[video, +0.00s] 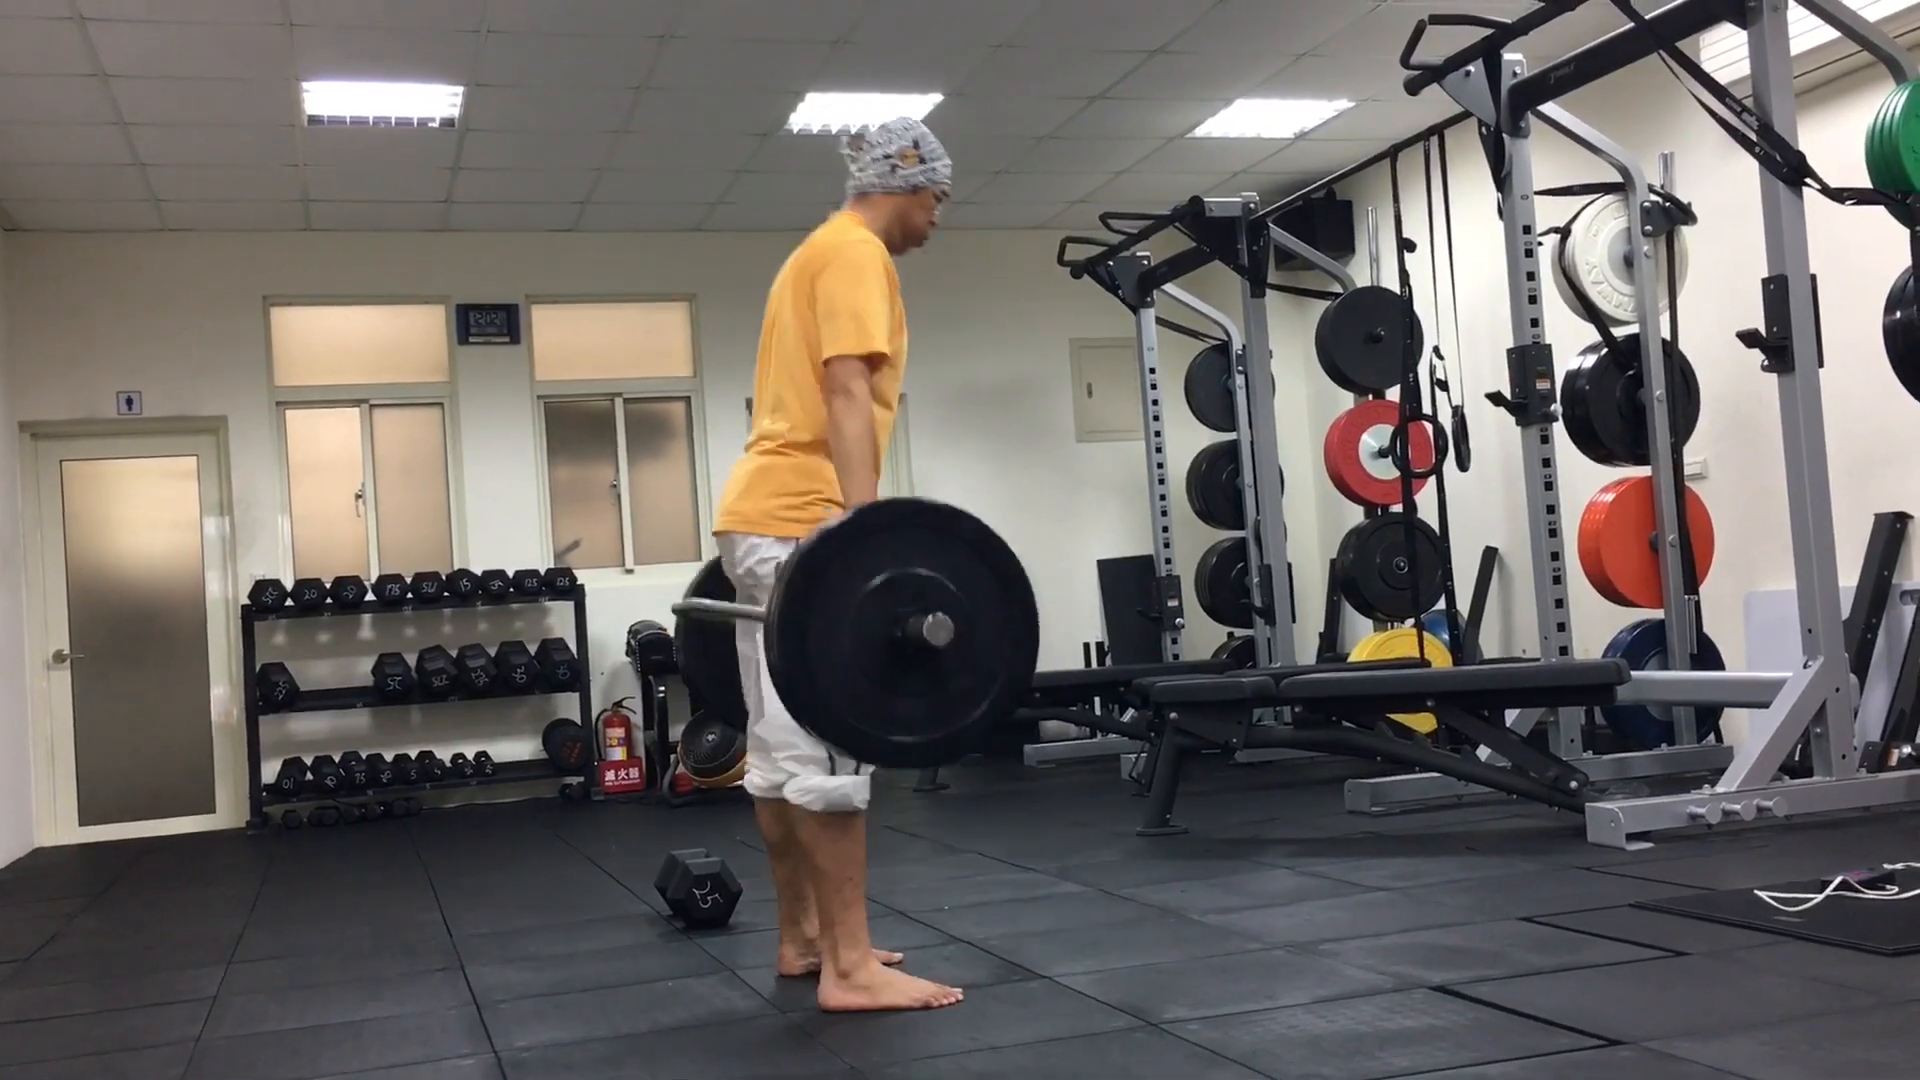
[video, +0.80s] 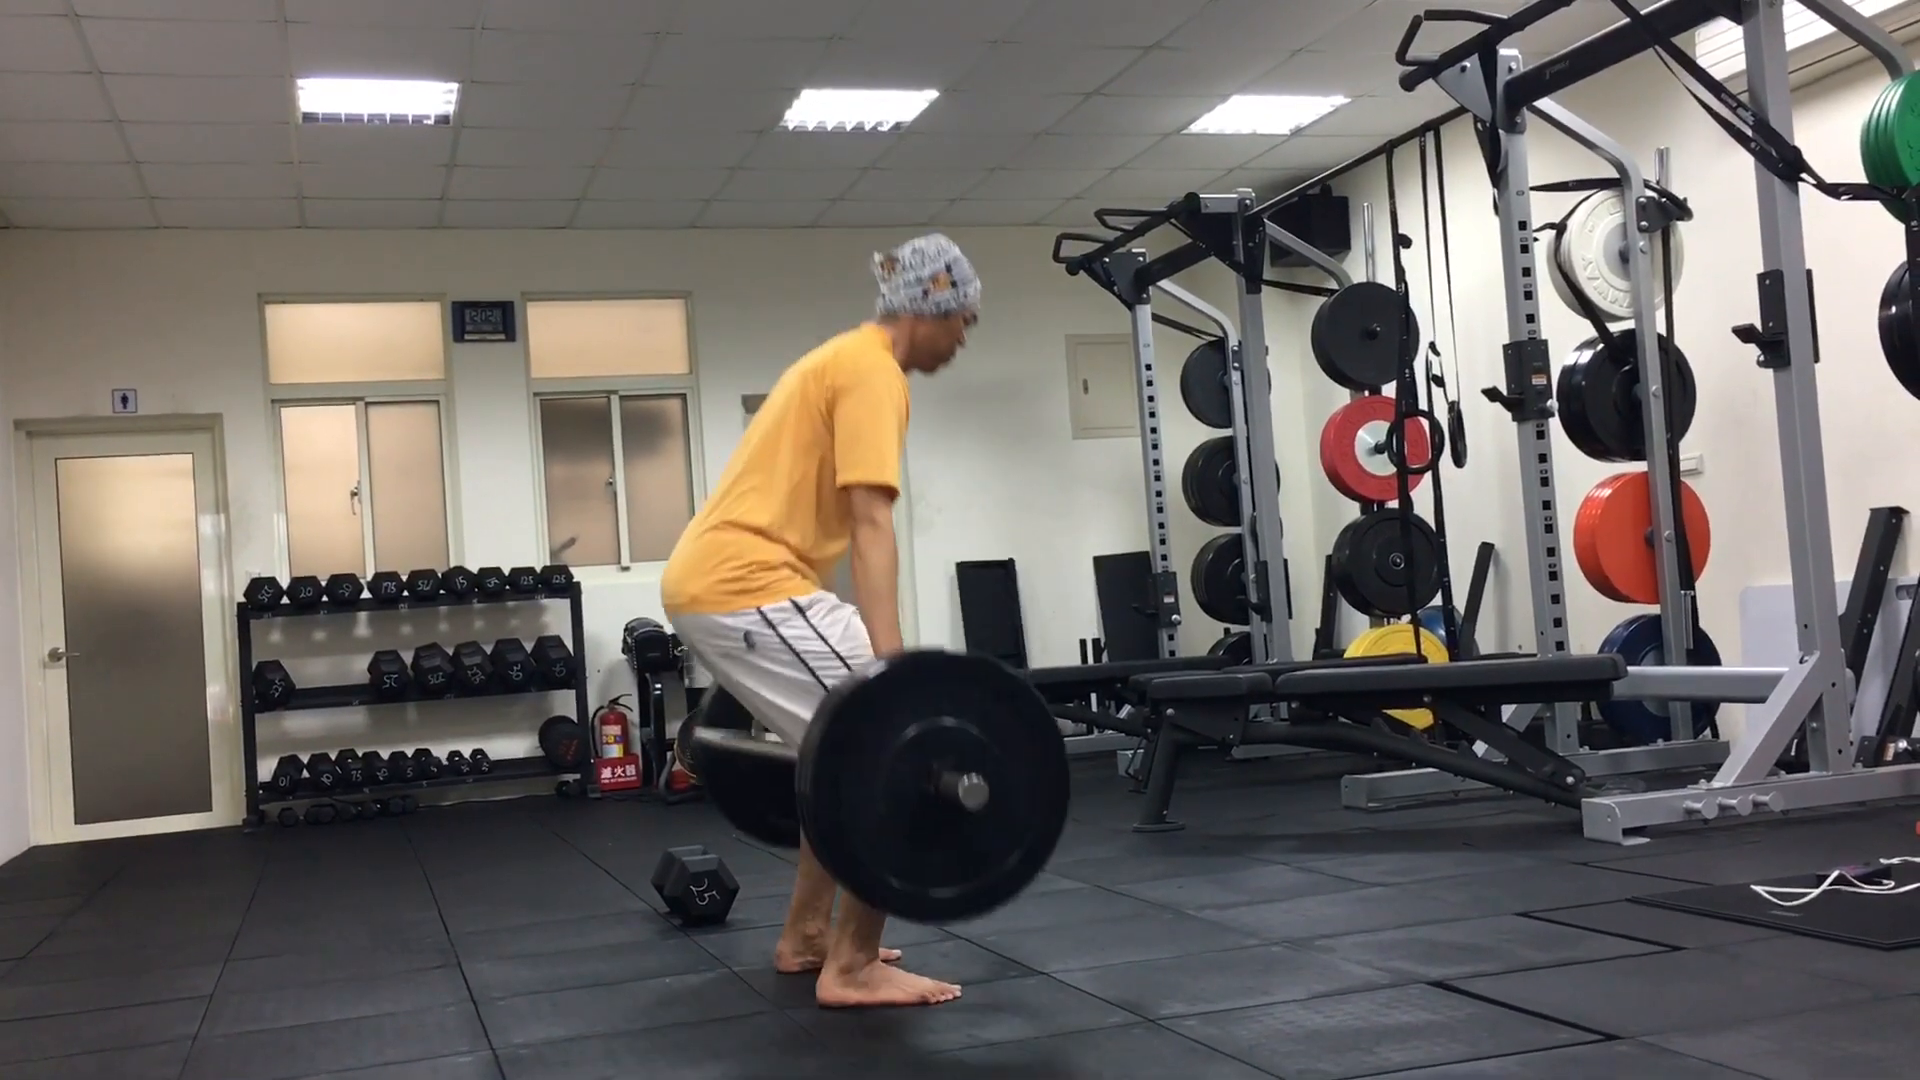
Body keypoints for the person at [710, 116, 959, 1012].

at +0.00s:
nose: (937, 220)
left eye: (940, 204)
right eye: (935, 202)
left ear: (869, 187)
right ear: (904, 190)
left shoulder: (818, 256)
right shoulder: (853, 254)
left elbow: (794, 401)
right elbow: (844, 391)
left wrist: (836, 531)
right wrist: (873, 536)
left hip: (758, 526)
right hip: (800, 528)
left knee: (781, 741)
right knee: (829, 742)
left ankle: (804, 936)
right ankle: (851, 964)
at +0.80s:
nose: (962, 342)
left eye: (967, 325)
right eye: (963, 322)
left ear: (904, 304)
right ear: (929, 307)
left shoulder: (840, 360)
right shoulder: (870, 365)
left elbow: (843, 527)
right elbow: (870, 521)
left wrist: (863, 657)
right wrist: (890, 661)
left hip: (710, 579)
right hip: (745, 579)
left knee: (847, 738)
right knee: (887, 737)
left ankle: (806, 933)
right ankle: (853, 964)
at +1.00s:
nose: (978, 404)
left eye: (983, 389)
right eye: (978, 386)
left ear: (920, 370)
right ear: (945, 373)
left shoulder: (858, 419)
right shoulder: (883, 429)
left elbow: (868, 581)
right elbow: (880, 582)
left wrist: (891, 705)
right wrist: (900, 720)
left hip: (711, 618)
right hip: (740, 620)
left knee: (876, 739)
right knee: (890, 745)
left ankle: (808, 931)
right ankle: (856, 964)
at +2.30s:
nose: (920, 201)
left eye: (921, 185)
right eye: (916, 184)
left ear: (853, 175)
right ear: (880, 174)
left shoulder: (801, 249)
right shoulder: (842, 245)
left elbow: (797, 401)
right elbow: (852, 383)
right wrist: (887, 520)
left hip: (779, 521)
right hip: (826, 523)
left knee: (786, 737)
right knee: (829, 740)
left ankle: (802, 930)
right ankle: (849, 959)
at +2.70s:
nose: (948, 250)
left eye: (953, 235)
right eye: (948, 232)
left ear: (884, 214)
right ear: (915, 217)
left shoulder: (822, 277)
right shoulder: (862, 277)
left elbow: (802, 430)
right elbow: (866, 418)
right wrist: (891, 554)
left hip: (749, 535)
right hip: (798, 533)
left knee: (809, 743)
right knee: (861, 739)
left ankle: (808, 934)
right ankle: (852, 962)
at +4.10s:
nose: (953, 219)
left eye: (956, 203)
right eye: (952, 201)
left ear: (886, 185)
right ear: (922, 187)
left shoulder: (834, 254)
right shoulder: (873, 249)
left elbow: (800, 405)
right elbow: (868, 386)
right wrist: (895, 522)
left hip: (778, 517)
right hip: (820, 518)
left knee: (805, 730)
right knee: (844, 732)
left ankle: (812, 921)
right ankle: (857, 950)